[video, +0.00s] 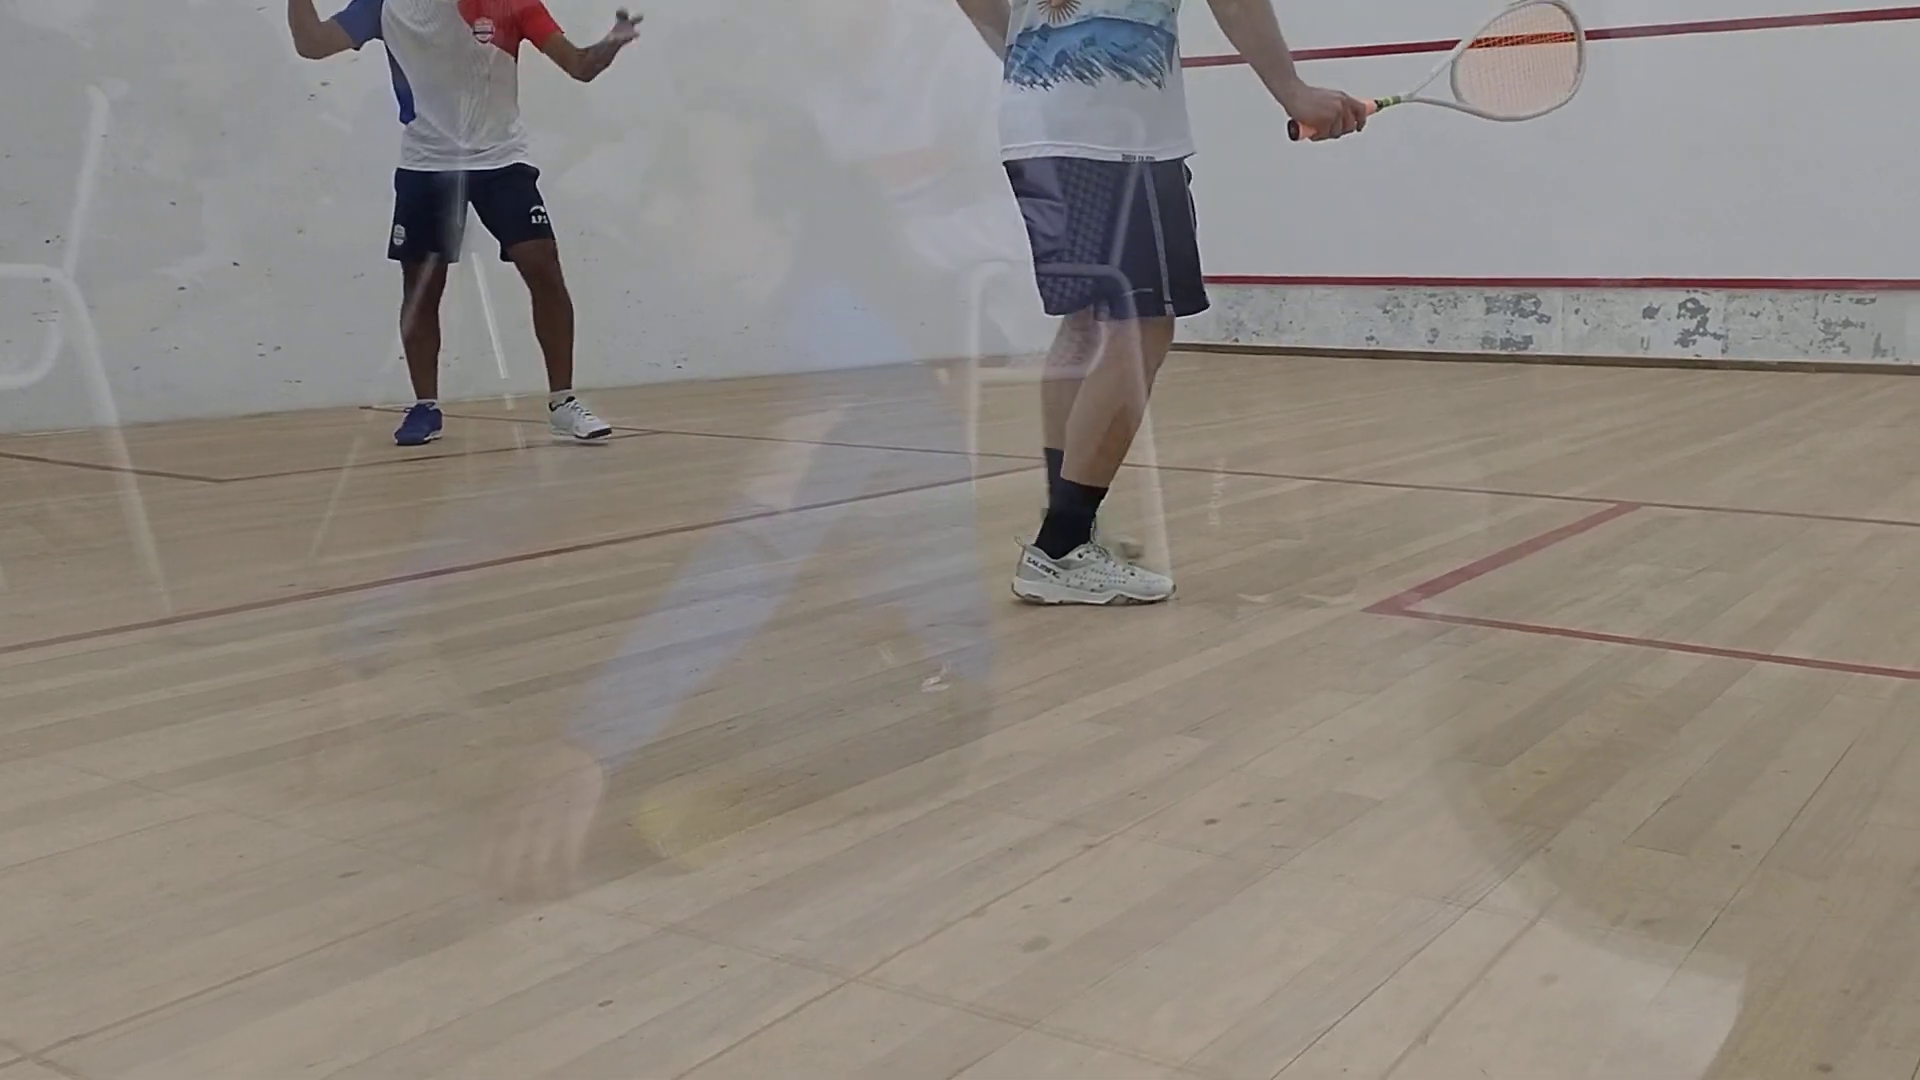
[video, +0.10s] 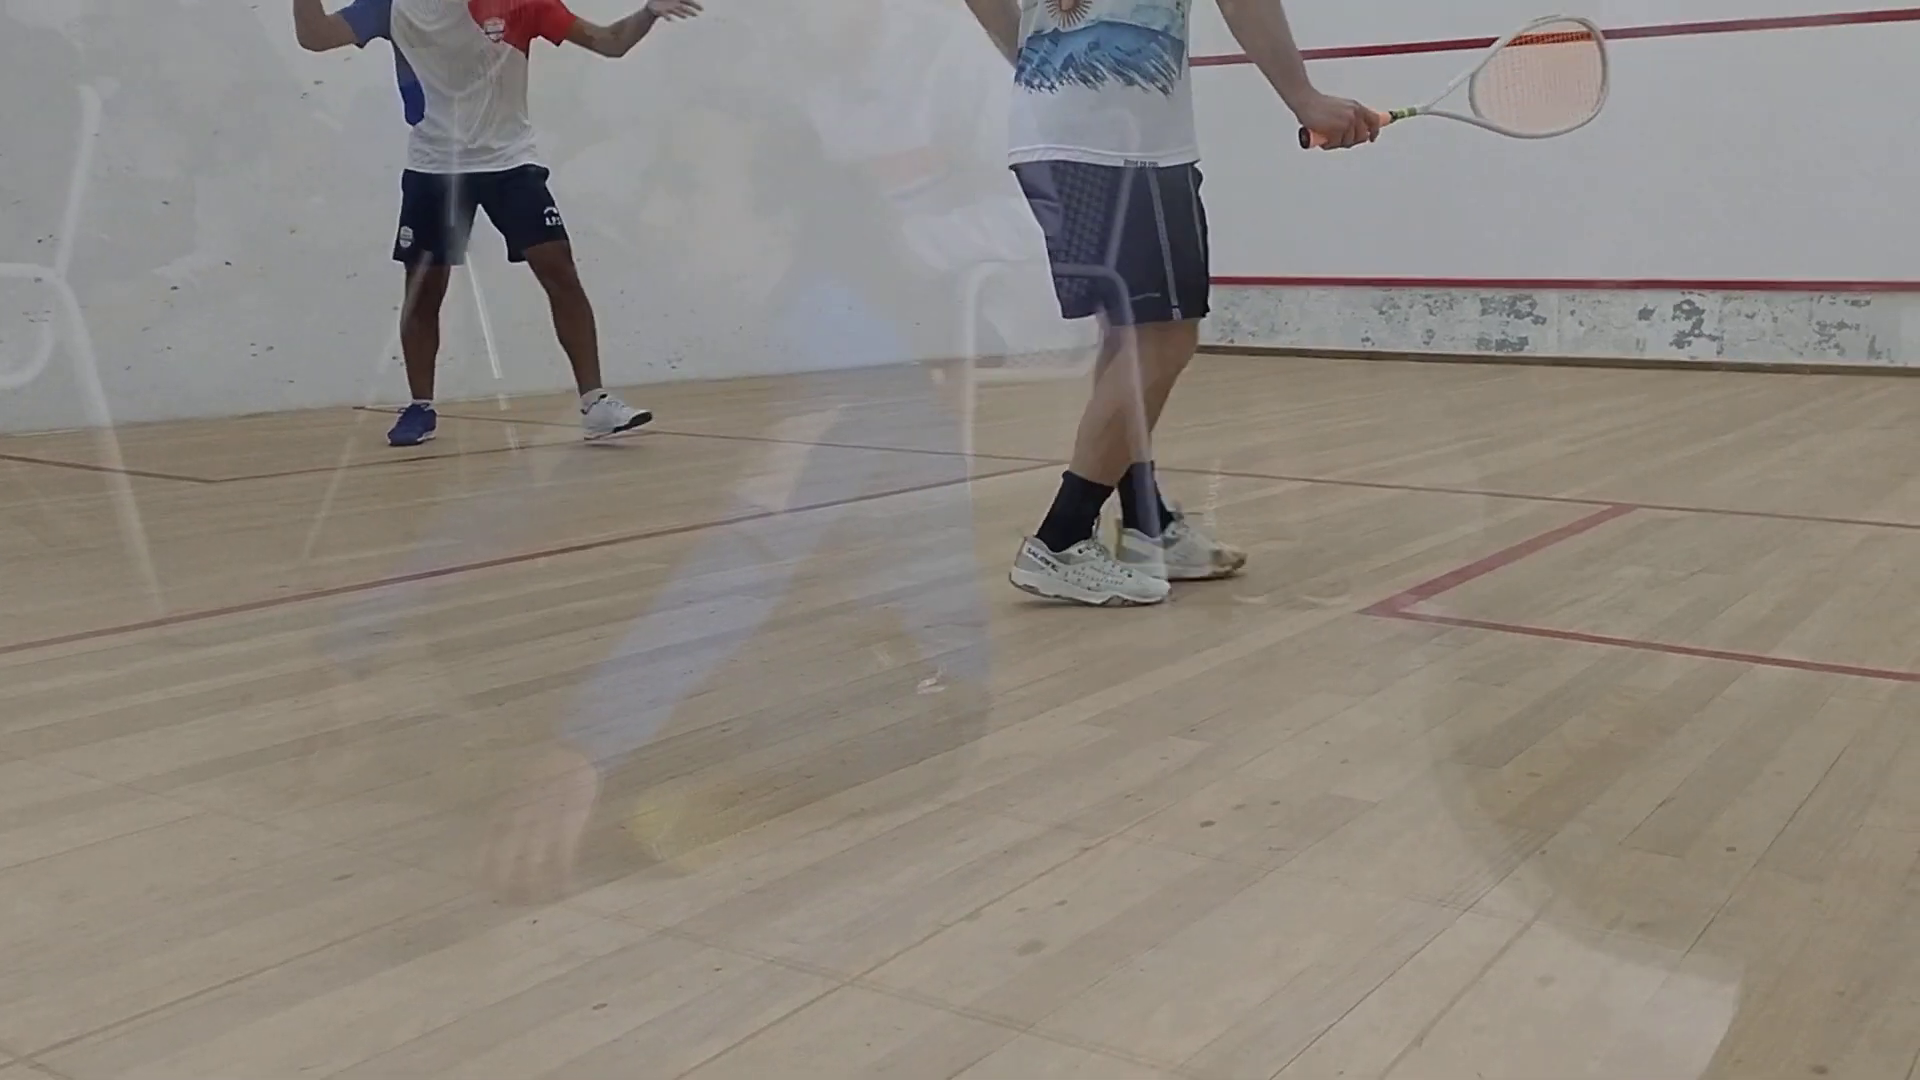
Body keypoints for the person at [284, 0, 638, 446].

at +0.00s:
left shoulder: (509, 3)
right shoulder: (388, 6)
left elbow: (579, 65)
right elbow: (311, 43)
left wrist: (611, 42)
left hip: (503, 156)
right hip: (426, 161)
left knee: (544, 270)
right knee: (423, 281)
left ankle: (564, 403)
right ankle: (425, 407)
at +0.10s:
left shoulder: (518, 2)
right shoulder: (397, 6)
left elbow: (608, 41)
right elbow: (315, 35)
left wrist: (648, 13)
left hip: (510, 156)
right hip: (435, 161)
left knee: (559, 270)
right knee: (425, 284)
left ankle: (595, 403)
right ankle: (420, 407)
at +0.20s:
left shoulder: (536, 5)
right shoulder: (410, 8)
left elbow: (628, 28)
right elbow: (325, 26)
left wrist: (700, 14)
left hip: (529, 163)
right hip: (452, 168)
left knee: (582, 278)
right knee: (428, 292)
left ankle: (622, 405)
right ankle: (417, 410)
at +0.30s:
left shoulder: (564, 10)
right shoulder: (442, 14)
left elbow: (649, 29)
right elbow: (350, 22)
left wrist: (733, 30)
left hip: (556, 174)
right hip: (477, 179)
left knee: (611, 285)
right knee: (440, 297)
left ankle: (633, 417)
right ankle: (413, 406)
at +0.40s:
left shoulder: (598, 11)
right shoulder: (486, 19)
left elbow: (658, 37)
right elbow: (399, 40)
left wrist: (722, 49)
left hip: (588, 178)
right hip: (514, 184)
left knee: (643, 284)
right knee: (471, 296)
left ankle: (633, 417)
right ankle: (412, 395)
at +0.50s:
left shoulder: (624, 13)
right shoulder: (543, 24)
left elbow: (653, 49)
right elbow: (522, 80)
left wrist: (705, 70)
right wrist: (463, 12)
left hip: (607, 181)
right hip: (542, 186)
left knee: (657, 286)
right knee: (516, 302)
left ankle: (627, 416)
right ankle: (430, 377)